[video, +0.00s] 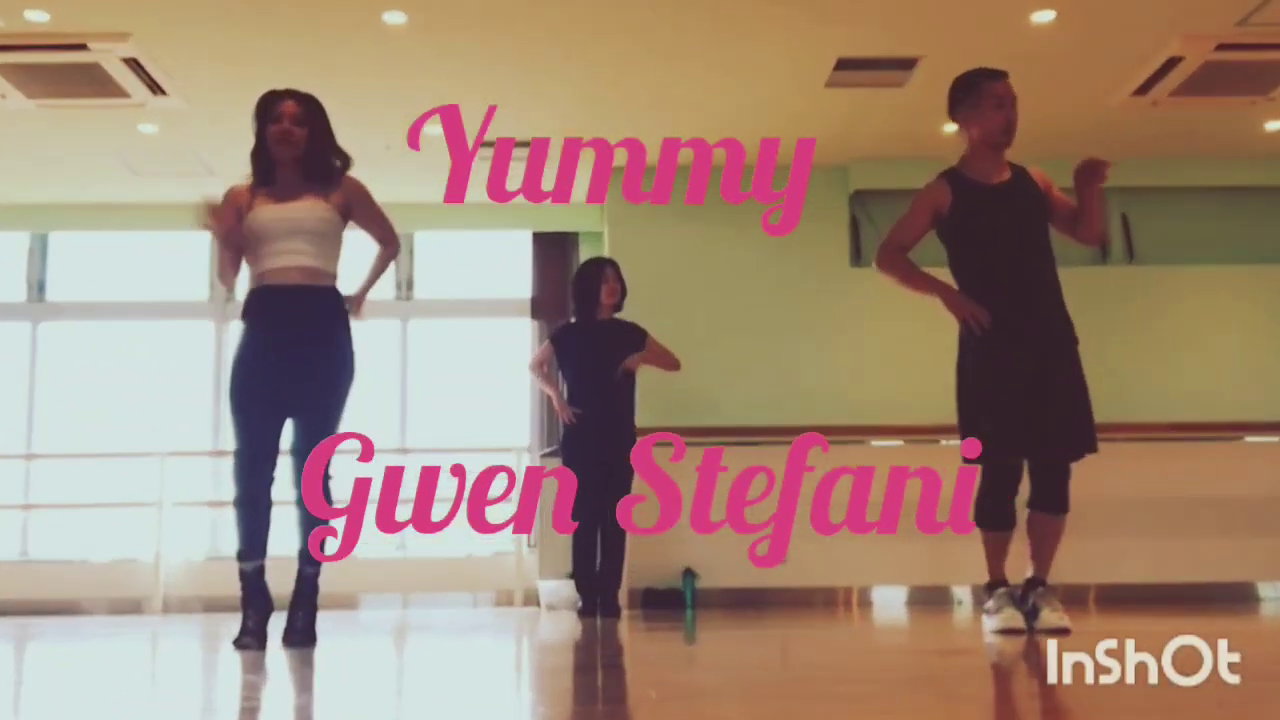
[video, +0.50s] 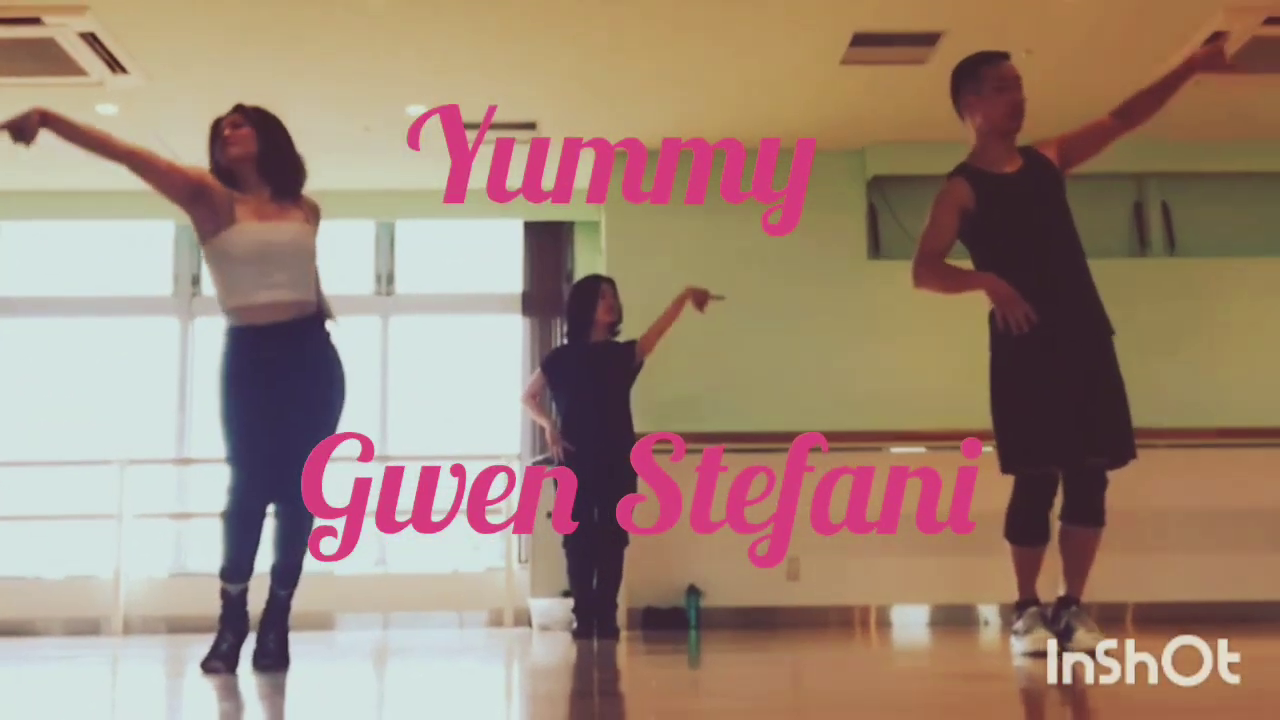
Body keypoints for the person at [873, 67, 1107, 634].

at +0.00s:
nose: (1010, 114)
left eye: (1012, 104)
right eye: (998, 105)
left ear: (1016, 112)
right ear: (964, 118)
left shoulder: (1031, 181)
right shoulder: (945, 191)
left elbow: (1088, 232)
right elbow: (889, 257)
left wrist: (1091, 188)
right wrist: (948, 295)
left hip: (1048, 342)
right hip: (991, 345)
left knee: (1052, 466)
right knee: (1000, 468)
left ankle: (1039, 589)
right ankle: (995, 588)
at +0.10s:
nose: (1029, 106)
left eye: (1027, 96)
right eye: (1016, 97)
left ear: (1008, 110)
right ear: (979, 112)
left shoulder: (1042, 175)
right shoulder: (957, 193)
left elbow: (1112, 211)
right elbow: (905, 268)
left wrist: (1126, 168)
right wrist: (967, 295)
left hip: (1074, 347)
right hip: (1015, 354)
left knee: (1083, 475)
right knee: (1028, 477)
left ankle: (1061, 601)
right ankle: (1018, 602)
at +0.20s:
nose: (1036, 101)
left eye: (1031, 90)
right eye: (1023, 92)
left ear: (1004, 106)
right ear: (985, 107)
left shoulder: (1049, 169)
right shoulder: (965, 192)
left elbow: (1130, 170)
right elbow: (922, 274)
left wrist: (1177, 123)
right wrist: (984, 295)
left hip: (1089, 347)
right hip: (1031, 357)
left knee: (1099, 478)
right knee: (1045, 481)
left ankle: (1072, 609)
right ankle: (1028, 608)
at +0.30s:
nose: (1034, 95)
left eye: (1029, 85)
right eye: (1021, 86)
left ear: (1000, 102)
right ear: (986, 102)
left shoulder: (1051, 161)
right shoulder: (968, 190)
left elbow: (1133, 139)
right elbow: (930, 275)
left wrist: (1194, 90)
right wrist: (994, 287)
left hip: (1093, 342)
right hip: (1034, 352)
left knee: (1102, 478)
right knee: (1048, 481)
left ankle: (1078, 611)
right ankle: (1032, 612)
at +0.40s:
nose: (1030, 94)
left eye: (1025, 83)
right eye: (1016, 84)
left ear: (993, 101)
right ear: (980, 102)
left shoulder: (1050, 159)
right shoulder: (966, 188)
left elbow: (1131, 125)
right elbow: (932, 273)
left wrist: (1195, 76)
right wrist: (997, 283)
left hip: (1090, 340)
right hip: (1031, 349)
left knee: (1097, 476)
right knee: (1043, 481)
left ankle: (1077, 610)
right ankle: (1031, 612)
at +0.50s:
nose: (1015, 96)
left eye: (1017, 86)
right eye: (1000, 88)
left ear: (1021, 98)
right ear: (967, 105)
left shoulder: (1046, 159)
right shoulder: (961, 189)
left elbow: (1123, 119)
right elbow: (924, 270)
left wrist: (1189, 66)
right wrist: (986, 282)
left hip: (1082, 340)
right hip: (1023, 349)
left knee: (1087, 475)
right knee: (1036, 478)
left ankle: (1071, 607)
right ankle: (1025, 607)